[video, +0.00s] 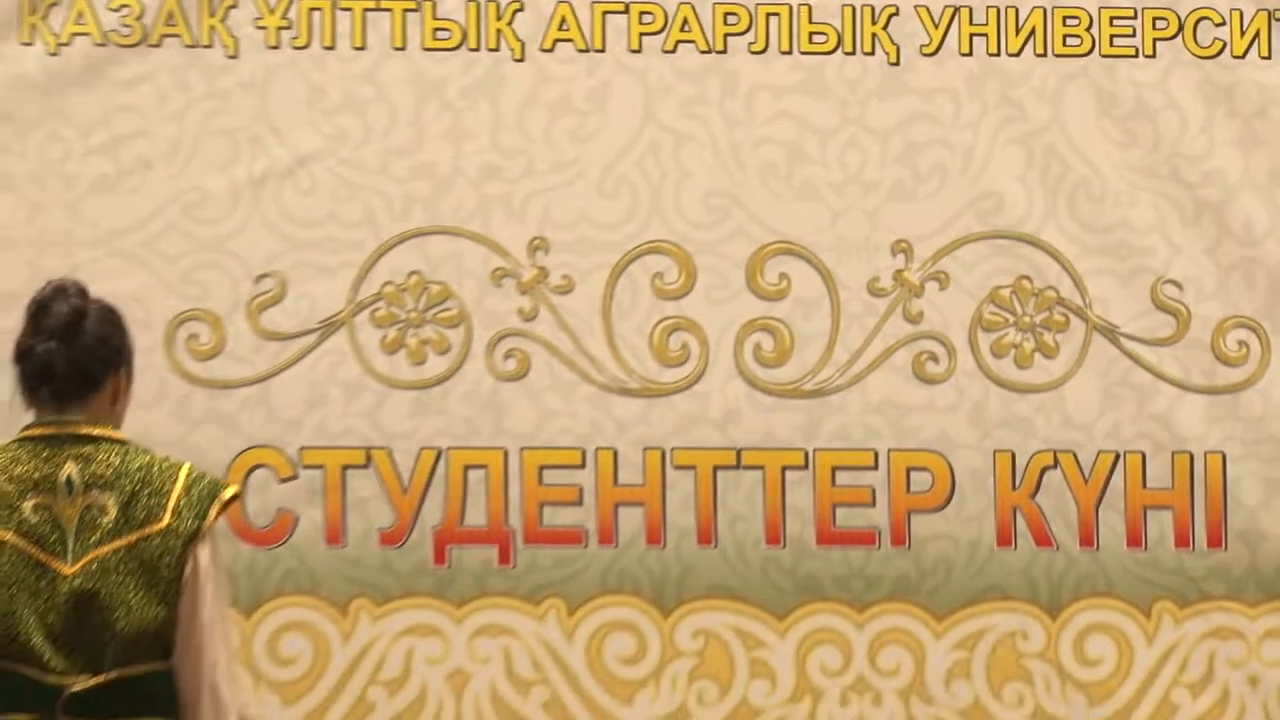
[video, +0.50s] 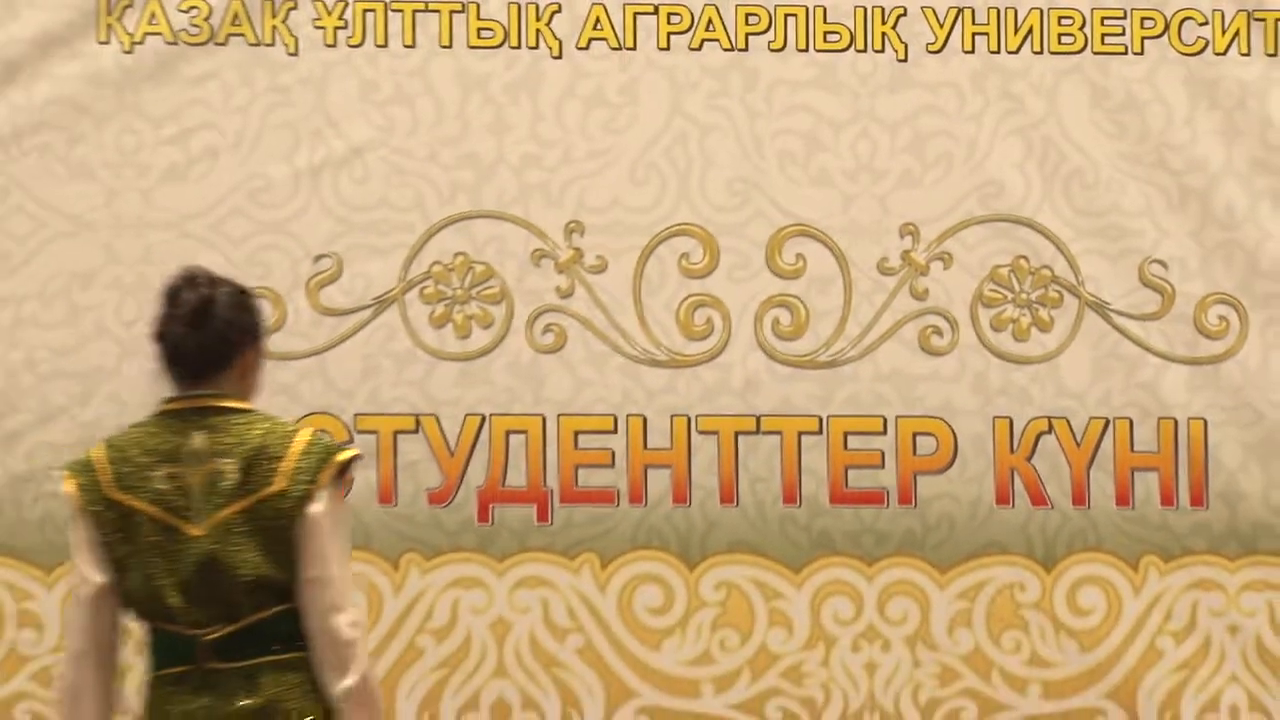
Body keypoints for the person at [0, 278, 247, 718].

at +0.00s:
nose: (131, 393)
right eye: (130, 380)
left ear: (27, 382)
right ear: (120, 384)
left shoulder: (5, 473)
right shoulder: (179, 495)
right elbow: (205, 668)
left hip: (19, 704)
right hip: (141, 705)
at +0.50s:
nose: (261, 361)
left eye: (261, 348)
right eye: (260, 349)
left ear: (166, 354)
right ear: (249, 356)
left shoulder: (101, 471)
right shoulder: (302, 458)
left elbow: (90, 633)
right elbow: (330, 620)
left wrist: (88, 710)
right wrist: (360, 708)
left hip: (172, 697)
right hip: (284, 694)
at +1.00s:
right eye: (375, 320)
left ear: (287, 330)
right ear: (372, 330)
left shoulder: (244, 424)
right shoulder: (423, 429)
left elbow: (219, 574)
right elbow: (434, 576)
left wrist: (197, 700)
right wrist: (442, 699)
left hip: (273, 689)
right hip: (389, 690)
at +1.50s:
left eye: (261, 300)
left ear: (266, 310)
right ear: (344, 312)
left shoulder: (229, 398)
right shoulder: (383, 409)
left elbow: (210, 539)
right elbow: (382, 546)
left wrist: (178, 665)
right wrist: (381, 659)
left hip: (242, 660)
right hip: (338, 663)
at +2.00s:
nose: (317, 271)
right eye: (316, 262)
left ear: (240, 270)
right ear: (311, 270)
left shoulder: (192, 357)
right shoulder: (351, 353)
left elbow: (177, 486)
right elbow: (372, 480)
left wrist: (175, 594)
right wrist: (388, 585)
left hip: (231, 598)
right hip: (331, 597)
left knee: (235, 713)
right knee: (344, 711)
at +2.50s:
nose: (383, 240)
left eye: (378, 231)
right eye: (381, 231)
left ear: (313, 239)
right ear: (373, 237)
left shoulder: (274, 323)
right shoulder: (413, 310)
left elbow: (264, 445)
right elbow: (440, 430)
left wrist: (258, 544)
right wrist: (468, 528)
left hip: (327, 539)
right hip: (411, 533)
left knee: (310, 691)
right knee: (422, 694)